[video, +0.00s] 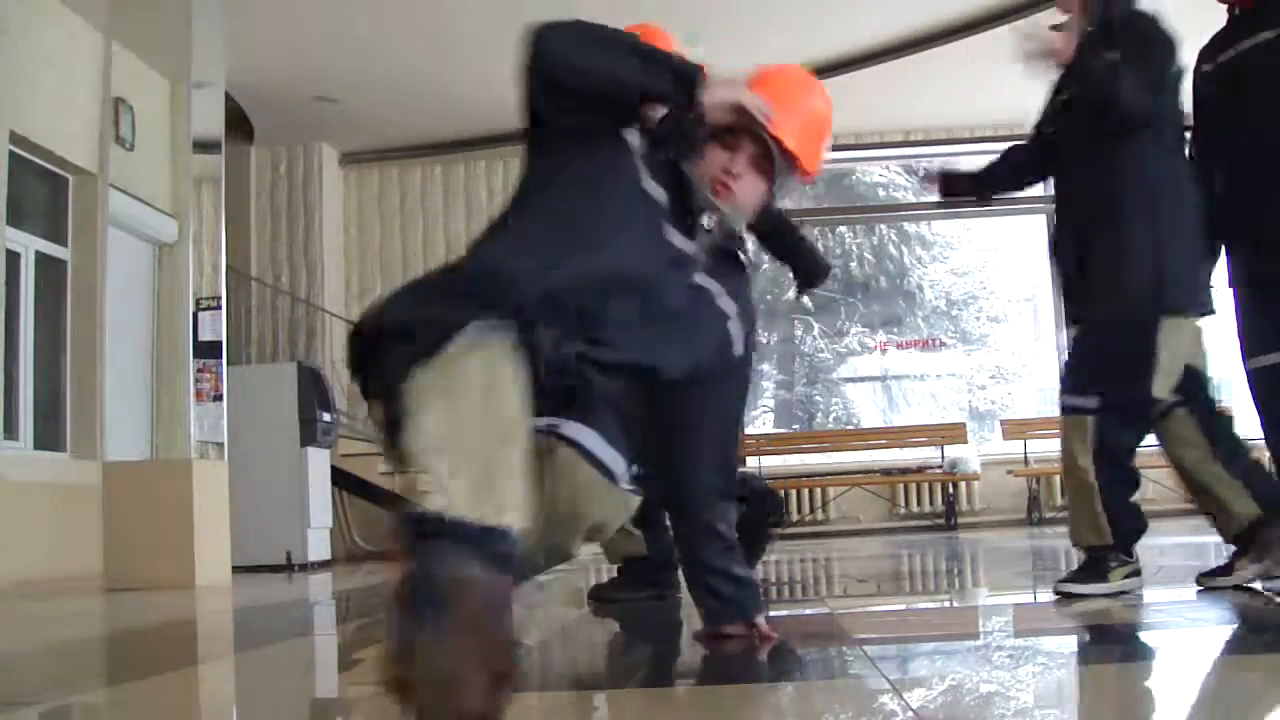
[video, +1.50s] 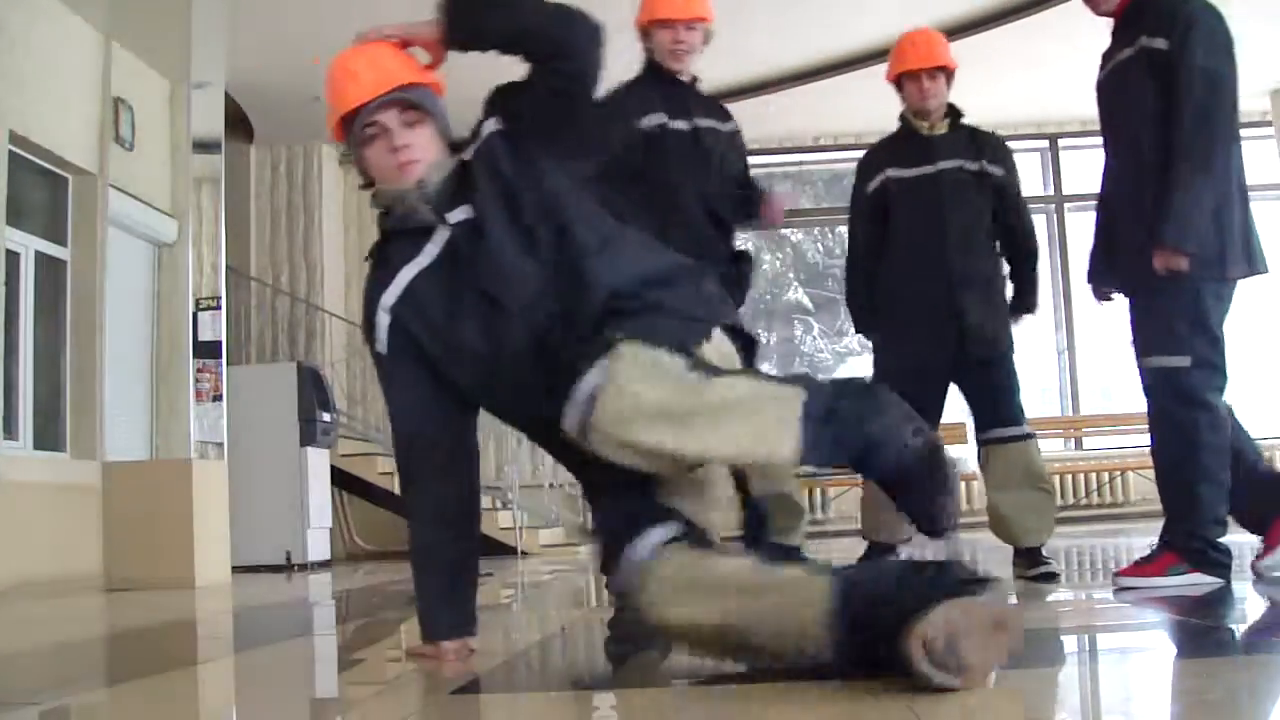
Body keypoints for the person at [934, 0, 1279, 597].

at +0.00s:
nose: (1058, 19)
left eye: (1064, 10)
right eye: (1057, 13)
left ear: (1087, 3)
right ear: (1098, 5)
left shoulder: (1138, 36)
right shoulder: (1087, 66)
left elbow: (1129, 105)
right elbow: (1044, 151)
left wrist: (1084, 52)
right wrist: (967, 184)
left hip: (1148, 268)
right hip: (1119, 273)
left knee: (1089, 409)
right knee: (1178, 407)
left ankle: (1109, 555)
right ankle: (1258, 533)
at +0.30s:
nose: (956, 8)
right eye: (951, 2)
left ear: (1001, 2)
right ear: (949, 13)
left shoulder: (1055, 54)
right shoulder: (942, 88)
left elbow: (1118, 105)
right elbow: (895, 145)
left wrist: (1066, 173)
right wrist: (886, 180)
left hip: (1058, 279)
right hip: (979, 283)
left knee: (1067, 416)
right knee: (956, 414)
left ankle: (1087, 550)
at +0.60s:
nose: (899, 55)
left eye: (909, 43)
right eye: (887, 46)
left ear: (931, 43)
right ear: (873, 53)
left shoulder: (979, 104)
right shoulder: (862, 139)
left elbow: (1023, 169)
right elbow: (816, 212)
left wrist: (1058, 155)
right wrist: (766, 232)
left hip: (996, 297)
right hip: (916, 311)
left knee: (1024, 415)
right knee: (909, 434)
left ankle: (1042, 541)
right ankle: (909, 554)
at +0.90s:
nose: (917, 57)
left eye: (927, 45)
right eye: (905, 47)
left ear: (944, 49)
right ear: (886, 55)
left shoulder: (982, 113)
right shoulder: (856, 138)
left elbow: (1043, 150)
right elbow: (808, 195)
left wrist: (982, 174)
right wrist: (843, 218)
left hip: (988, 307)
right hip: (907, 317)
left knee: (1009, 424)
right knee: (908, 435)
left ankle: (1031, 541)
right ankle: (908, 555)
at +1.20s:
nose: (951, 75)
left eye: (960, 64)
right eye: (938, 67)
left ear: (975, 69)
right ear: (921, 75)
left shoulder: (1007, 136)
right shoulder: (901, 146)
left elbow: (1038, 205)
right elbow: (875, 228)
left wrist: (1040, 196)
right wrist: (856, 247)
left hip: (995, 310)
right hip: (924, 313)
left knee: (1013, 427)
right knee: (914, 432)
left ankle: (1030, 546)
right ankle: (906, 552)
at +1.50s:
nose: (924, 87)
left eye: (933, 76)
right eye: (912, 79)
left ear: (949, 79)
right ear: (897, 87)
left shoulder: (987, 150)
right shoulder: (878, 162)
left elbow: (1016, 228)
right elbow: (861, 249)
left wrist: (1022, 294)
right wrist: (869, 318)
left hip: (980, 322)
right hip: (906, 328)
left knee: (1007, 435)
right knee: (898, 442)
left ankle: (1030, 546)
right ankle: (883, 548)